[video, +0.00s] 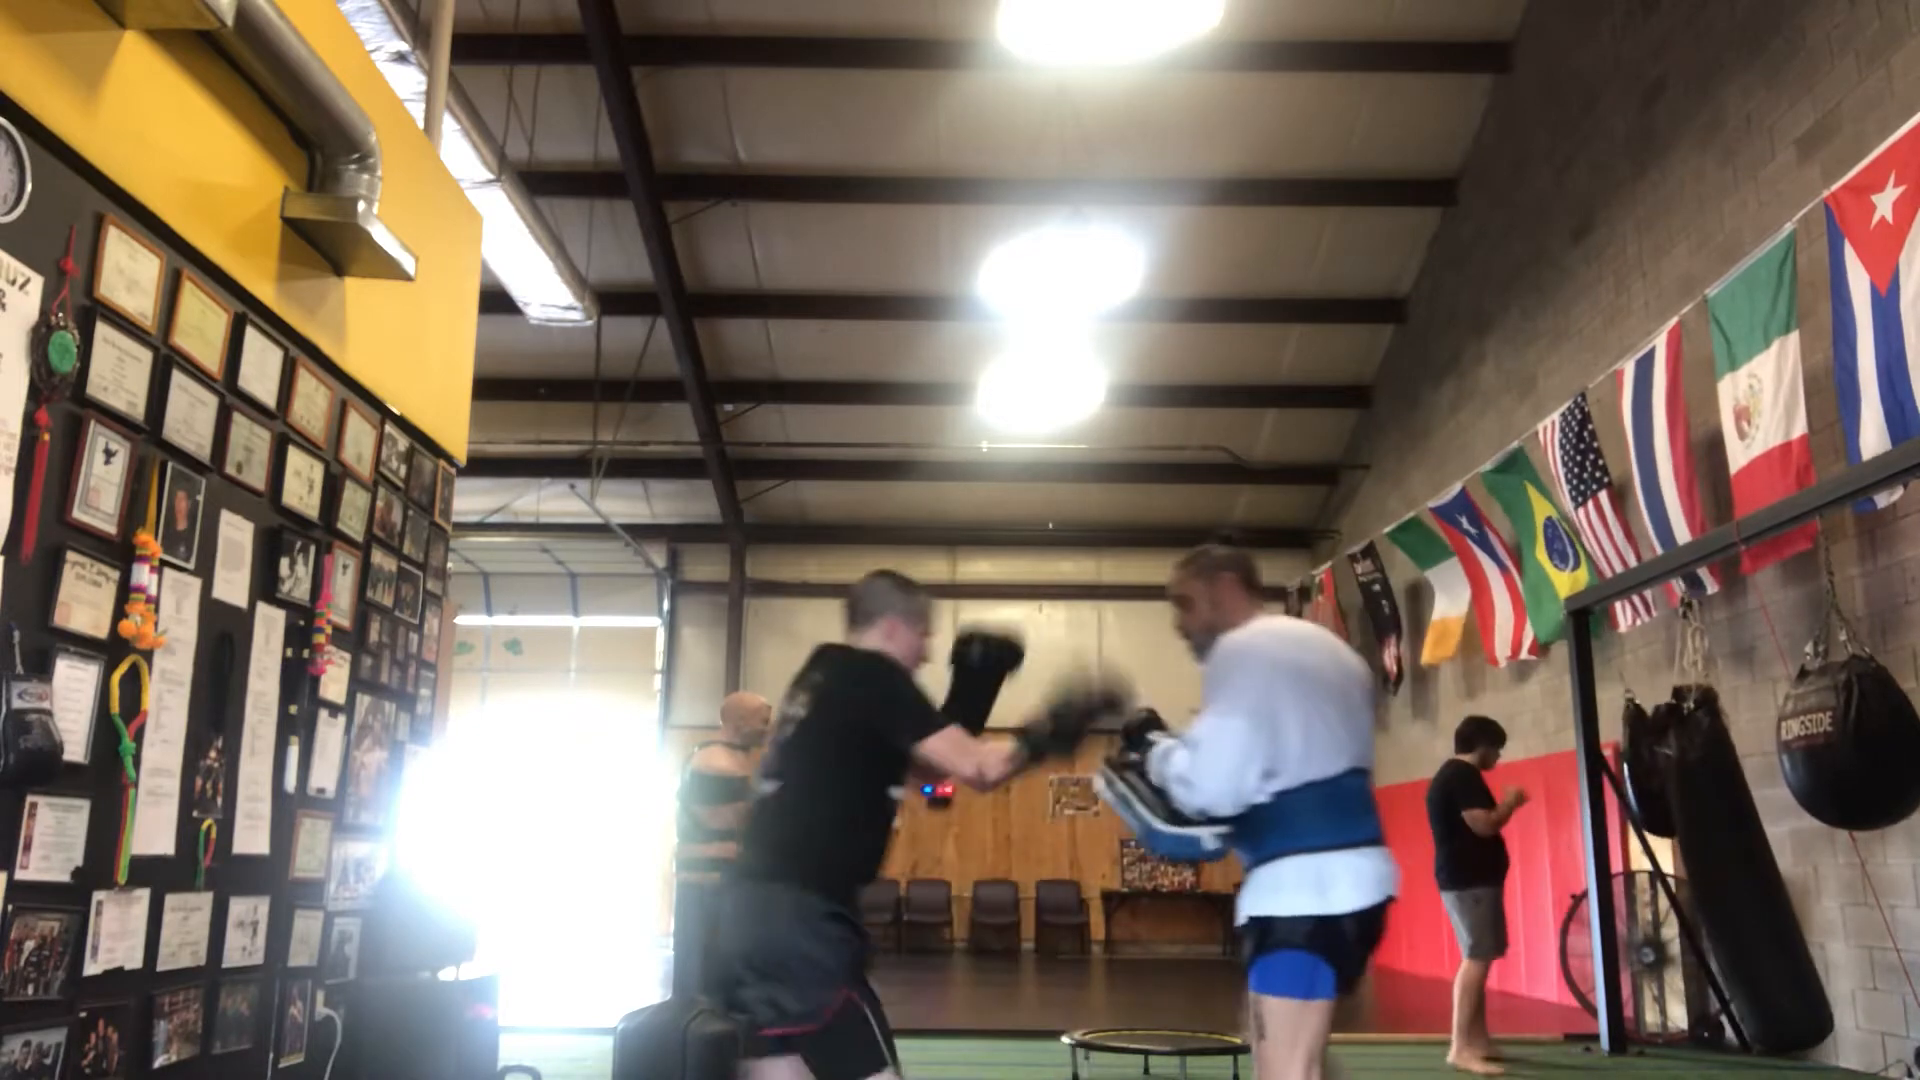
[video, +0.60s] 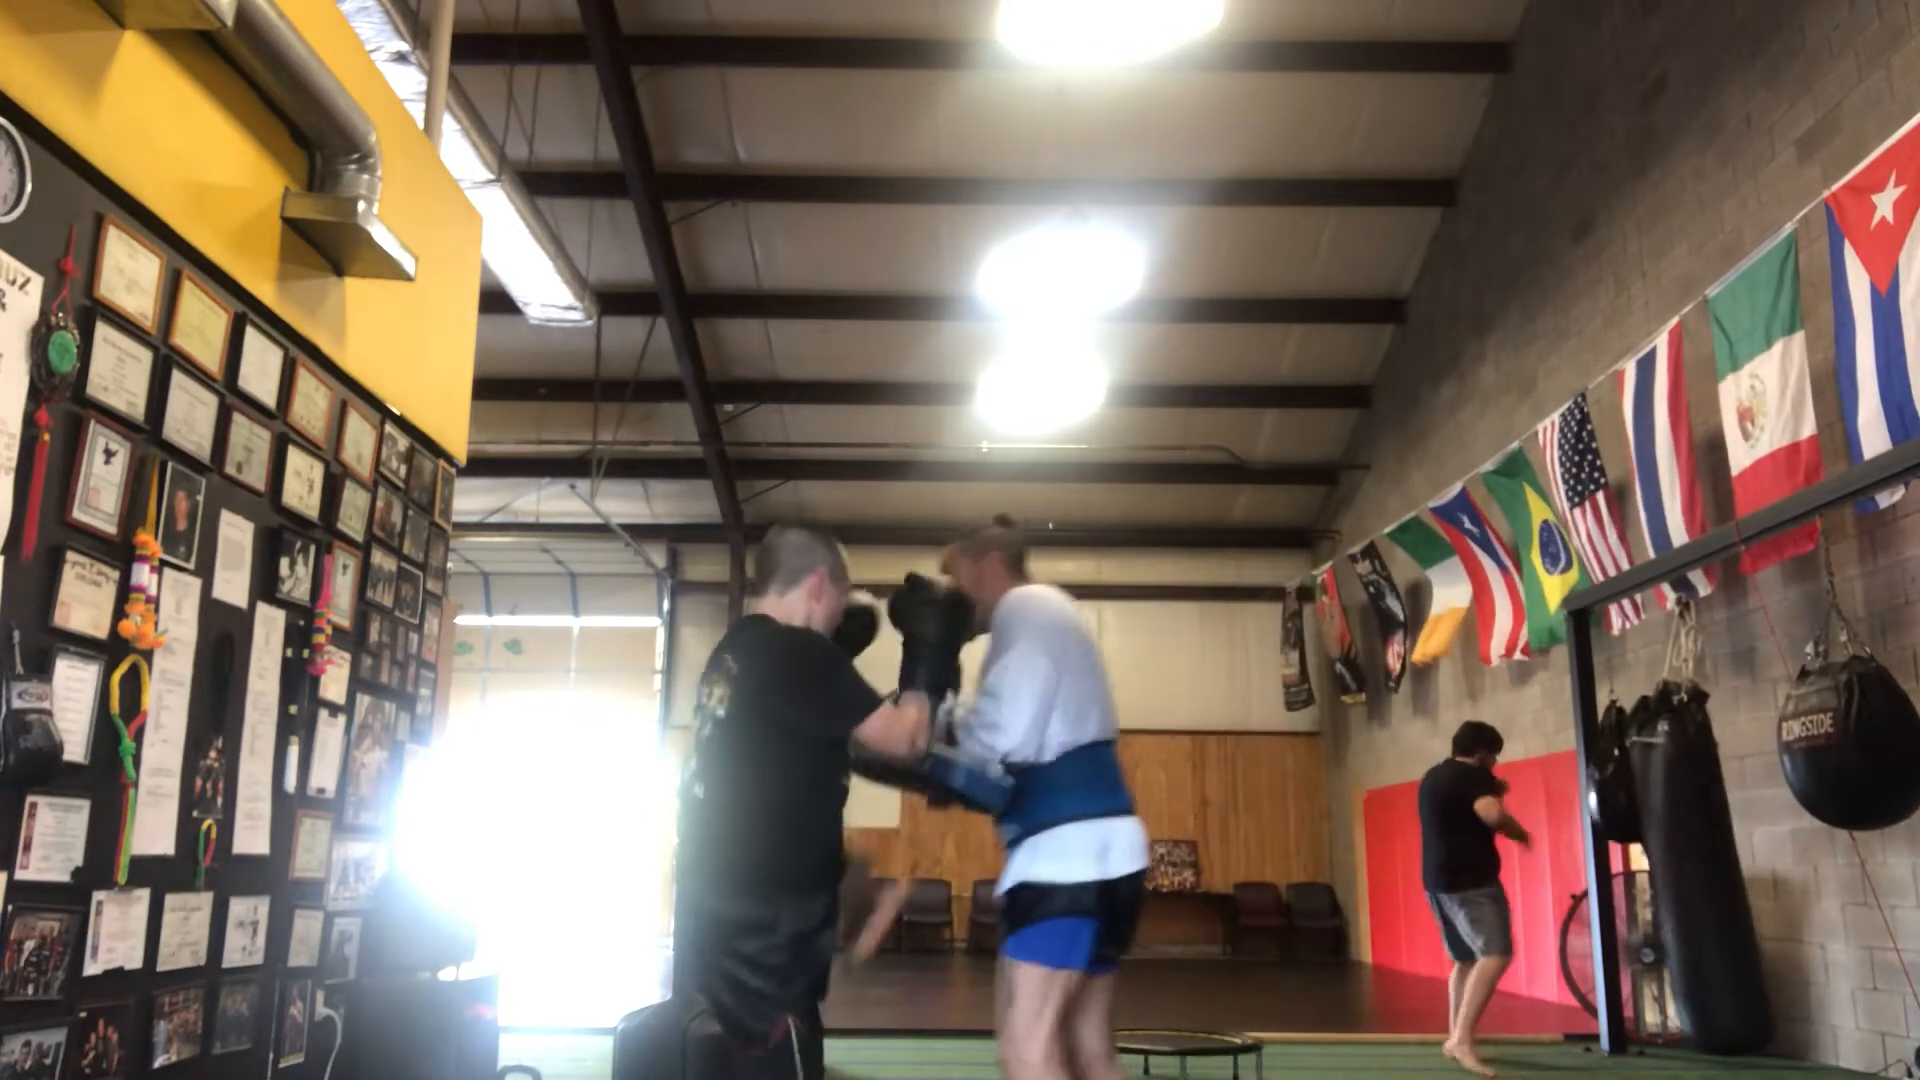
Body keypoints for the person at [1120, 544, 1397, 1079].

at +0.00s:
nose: (1180, 625)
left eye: (1185, 605)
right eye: (1177, 609)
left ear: (1225, 588)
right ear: (1235, 590)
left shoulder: (1246, 653)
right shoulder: (1330, 647)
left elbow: (1214, 786)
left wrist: (1153, 743)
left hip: (1302, 894)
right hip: (1356, 885)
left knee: (1285, 1068)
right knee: (1296, 1058)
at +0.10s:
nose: (1139, 628)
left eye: (1143, 607)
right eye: (1136, 611)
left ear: (1182, 590)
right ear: (1193, 591)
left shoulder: (1203, 652)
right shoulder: (1288, 649)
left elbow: (1177, 789)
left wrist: (1117, 745)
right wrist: (1144, 745)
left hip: (1272, 894)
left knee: (1276, 1065)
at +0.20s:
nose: (1097, 633)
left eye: (1101, 613)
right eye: (1095, 617)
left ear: (1141, 597)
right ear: (1157, 597)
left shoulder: (1161, 655)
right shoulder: (1241, 652)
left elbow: (1134, 789)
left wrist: (1082, 746)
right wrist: (1111, 727)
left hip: (1230, 900)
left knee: (1254, 1069)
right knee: (1166, 1061)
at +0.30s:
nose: (1058, 631)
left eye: (1062, 612)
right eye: (1055, 615)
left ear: (1102, 593)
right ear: (1114, 596)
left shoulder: (1120, 651)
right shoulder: (1194, 650)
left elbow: (1093, 779)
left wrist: (1031, 723)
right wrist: (1072, 720)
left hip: (1179, 893)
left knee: (1217, 1066)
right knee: (1132, 1062)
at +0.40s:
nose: (1017, 614)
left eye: (1020, 594)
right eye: (1015, 598)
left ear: (1060, 579)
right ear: (1070, 580)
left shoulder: (1085, 626)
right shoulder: (1119, 628)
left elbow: (1055, 752)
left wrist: (997, 706)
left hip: (1143, 876)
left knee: (1147, 1062)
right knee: (1119, 1061)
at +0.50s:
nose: (980, 601)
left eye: (983, 582)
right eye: (977, 587)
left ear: (1023, 564)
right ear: (1035, 567)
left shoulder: (1059, 605)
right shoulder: (1090, 610)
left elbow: (1021, 727)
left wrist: (964, 699)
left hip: (1103, 861)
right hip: (1136, 857)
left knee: (1077, 1051)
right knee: (1111, 1043)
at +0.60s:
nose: (953, 590)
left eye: (956, 573)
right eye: (949, 577)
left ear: (992, 563)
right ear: (1004, 566)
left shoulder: (1025, 608)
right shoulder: (1055, 612)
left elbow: (1004, 734)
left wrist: (947, 721)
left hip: (1065, 865)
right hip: (1111, 861)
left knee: (1026, 1051)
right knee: (1091, 1050)